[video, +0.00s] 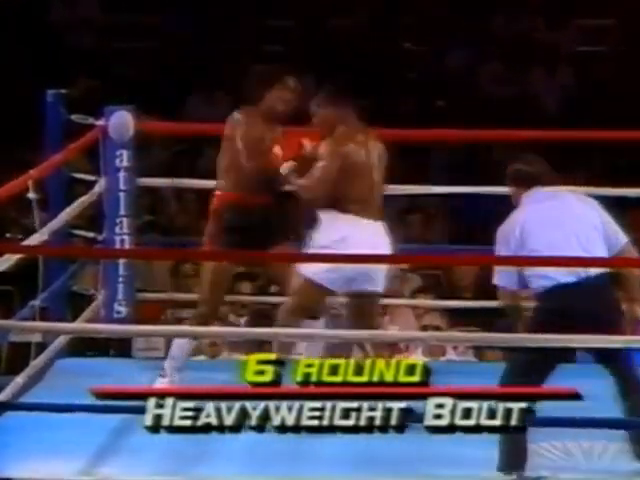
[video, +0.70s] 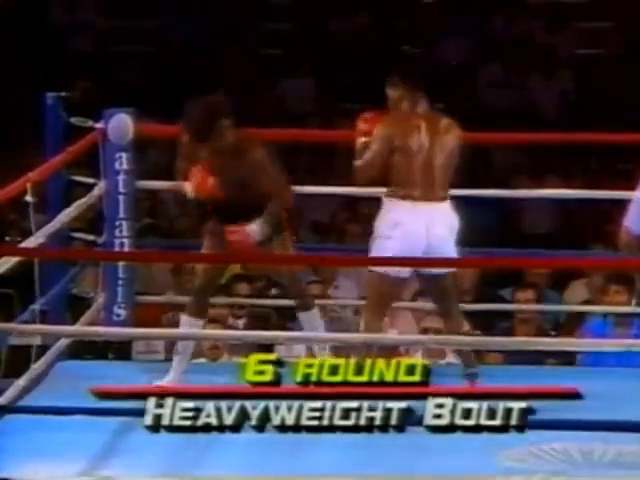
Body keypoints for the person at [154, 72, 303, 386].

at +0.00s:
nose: (285, 104)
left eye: (291, 100)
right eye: (281, 95)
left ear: (294, 106)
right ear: (265, 92)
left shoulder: (284, 133)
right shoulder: (242, 120)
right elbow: (251, 165)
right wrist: (287, 159)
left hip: (268, 210)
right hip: (231, 209)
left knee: (303, 291)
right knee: (208, 307)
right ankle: (168, 376)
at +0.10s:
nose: (271, 89)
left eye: (276, 83)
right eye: (265, 81)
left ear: (282, 89)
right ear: (248, 85)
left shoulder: (278, 126)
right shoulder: (227, 116)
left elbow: (292, 162)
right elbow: (205, 159)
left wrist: (288, 182)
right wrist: (244, 152)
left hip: (267, 210)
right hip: (230, 209)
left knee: (293, 299)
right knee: (205, 301)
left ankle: (288, 375)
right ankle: (168, 372)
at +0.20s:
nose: (239, 93)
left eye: (245, 86)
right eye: (231, 86)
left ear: (254, 90)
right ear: (219, 90)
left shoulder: (267, 117)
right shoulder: (211, 115)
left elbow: (302, 129)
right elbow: (199, 164)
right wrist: (218, 144)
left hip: (258, 209)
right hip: (220, 207)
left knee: (272, 285)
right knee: (193, 282)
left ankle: (297, 356)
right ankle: (168, 370)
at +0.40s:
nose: (199, 129)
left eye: (205, 122)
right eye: (195, 123)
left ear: (221, 121)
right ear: (191, 124)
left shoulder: (237, 153)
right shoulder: (195, 147)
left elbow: (215, 197)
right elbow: (164, 174)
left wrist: (183, 192)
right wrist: (167, 184)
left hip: (258, 231)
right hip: (221, 231)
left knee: (279, 293)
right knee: (194, 291)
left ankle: (303, 363)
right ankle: (175, 372)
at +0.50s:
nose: (191, 157)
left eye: (196, 150)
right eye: (187, 151)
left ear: (211, 143)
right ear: (183, 151)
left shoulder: (235, 171)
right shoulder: (194, 164)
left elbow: (223, 221)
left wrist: (190, 207)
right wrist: (181, 186)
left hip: (259, 234)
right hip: (219, 232)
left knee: (273, 291)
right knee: (190, 285)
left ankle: (302, 364)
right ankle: (175, 371)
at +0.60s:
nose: (207, 154)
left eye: (209, 146)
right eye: (200, 149)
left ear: (218, 141)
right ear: (189, 150)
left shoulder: (241, 164)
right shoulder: (191, 162)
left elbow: (265, 209)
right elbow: (183, 179)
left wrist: (228, 235)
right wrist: (182, 193)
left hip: (262, 228)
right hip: (224, 228)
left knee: (284, 283)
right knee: (196, 287)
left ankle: (312, 361)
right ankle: (175, 374)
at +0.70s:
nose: (219, 146)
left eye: (219, 138)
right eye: (209, 141)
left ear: (227, 129)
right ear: (196, 139)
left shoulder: (251, 152)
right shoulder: (193, 145)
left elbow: (282, 194)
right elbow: (182, 173)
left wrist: (263, 225)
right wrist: (192, 185)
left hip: (263, 221)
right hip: (221, 225)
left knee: (293, 286)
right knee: (201, 290)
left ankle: (326, 360)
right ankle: (177, 373)